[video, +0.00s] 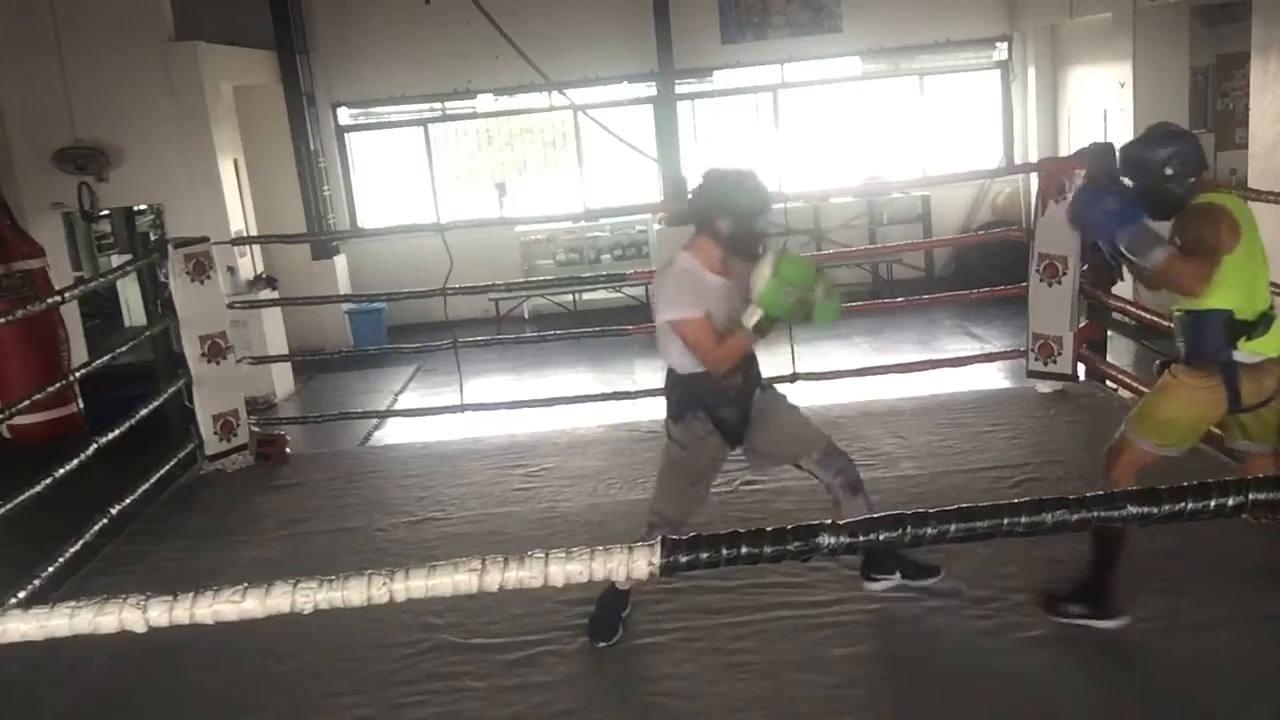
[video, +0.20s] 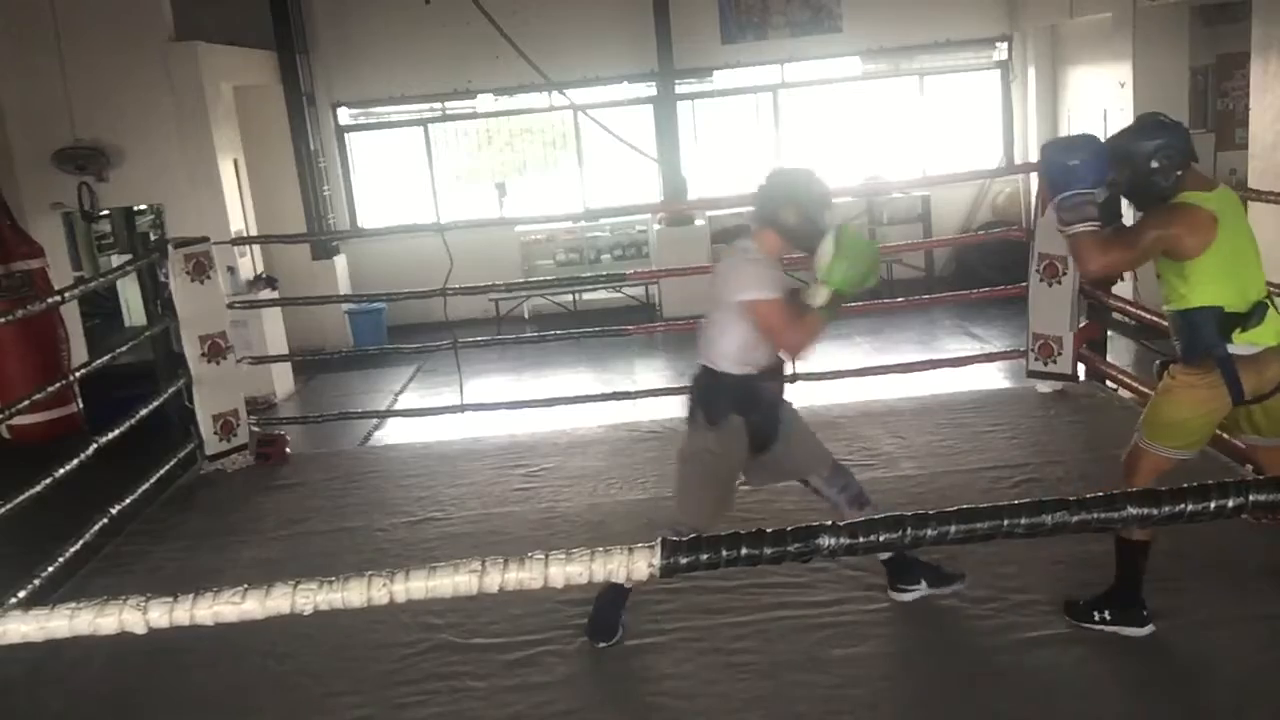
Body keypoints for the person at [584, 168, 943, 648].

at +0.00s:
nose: (763, 231)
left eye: (763, 220)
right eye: (755, 220)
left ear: (724, 220)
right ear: (725, 220)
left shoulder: (738, 263)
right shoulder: (676, 285)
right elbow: (716, 358)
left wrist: (797, 296)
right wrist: (767, 317)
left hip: (750, 394)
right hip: (697, 410)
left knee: (837, 467)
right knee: (667, 524)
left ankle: (878, 562)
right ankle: (619, 594)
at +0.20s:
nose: (805, 246)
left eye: (807, 236)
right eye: (804, 237)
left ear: (771, 219)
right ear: (788, 228)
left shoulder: (762, 264)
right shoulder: (747, 267)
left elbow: (790, 327)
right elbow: (791, 339)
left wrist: (826, 289)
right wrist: (825, 297)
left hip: (761, 401)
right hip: (721, 404)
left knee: (836, 484)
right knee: (693, 522)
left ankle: (902, 568)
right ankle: (617, 593)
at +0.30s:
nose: (841, 238)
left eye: (842, 228)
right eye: (837, 228)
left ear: (789, 226)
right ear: (816, 231)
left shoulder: (762, 266)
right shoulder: (787, 274)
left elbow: (819, 333)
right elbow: (838, 334)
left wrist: (846, 287)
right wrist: (855, 282)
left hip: (774, 411)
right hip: (738, 415)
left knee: (855, 483)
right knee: (725, 540)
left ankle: (908, 570)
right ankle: (626, 579)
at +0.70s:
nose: (828, 244)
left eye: (832, 233)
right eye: (824, 233)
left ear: (799, 230)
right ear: (792, 227)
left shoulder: (801, 274)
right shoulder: (748, 278)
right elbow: (791, 355)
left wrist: (859, 256)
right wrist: (833, 309)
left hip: (786, 414)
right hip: (737, 419)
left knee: (874, 478)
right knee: (714, 540)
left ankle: (909, 571)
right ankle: (621, 595)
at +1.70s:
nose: (879, 197)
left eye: (880, 186)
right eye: (869, 186)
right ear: (833, 186)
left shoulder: (851, 239)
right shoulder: (782, 241)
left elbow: (844, 300)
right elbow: (800, 326)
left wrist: (903, 278)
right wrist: (869, 300)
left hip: (840, 376)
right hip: (783, 384)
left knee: (893, 477)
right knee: (745, 493)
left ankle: (933, 576)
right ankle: (692, 565)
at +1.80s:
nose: (898, 194)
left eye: (900, 183)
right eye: (891, 183)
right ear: (855, 180)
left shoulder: (874, 233)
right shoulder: (793, 233)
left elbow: (934, 276)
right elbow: (807, 319)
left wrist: (950, 216)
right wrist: (876, 288)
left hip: (850, 380)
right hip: (789, 384)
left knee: (904, 481)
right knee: (761, 497)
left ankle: (932, 579)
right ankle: (748, 563)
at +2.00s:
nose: (920, 219)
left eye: (923, 208)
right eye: (912, 208)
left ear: (916, 209)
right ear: (879, 206)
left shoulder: (906, 251)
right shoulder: (818, 259)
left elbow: (976, 290)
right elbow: (826, 349)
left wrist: (979, 234)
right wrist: (892, 313)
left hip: (891, 398)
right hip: (826, 402)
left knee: (955, 491)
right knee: (775, 505)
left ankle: (1009, 589)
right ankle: (748, 564)